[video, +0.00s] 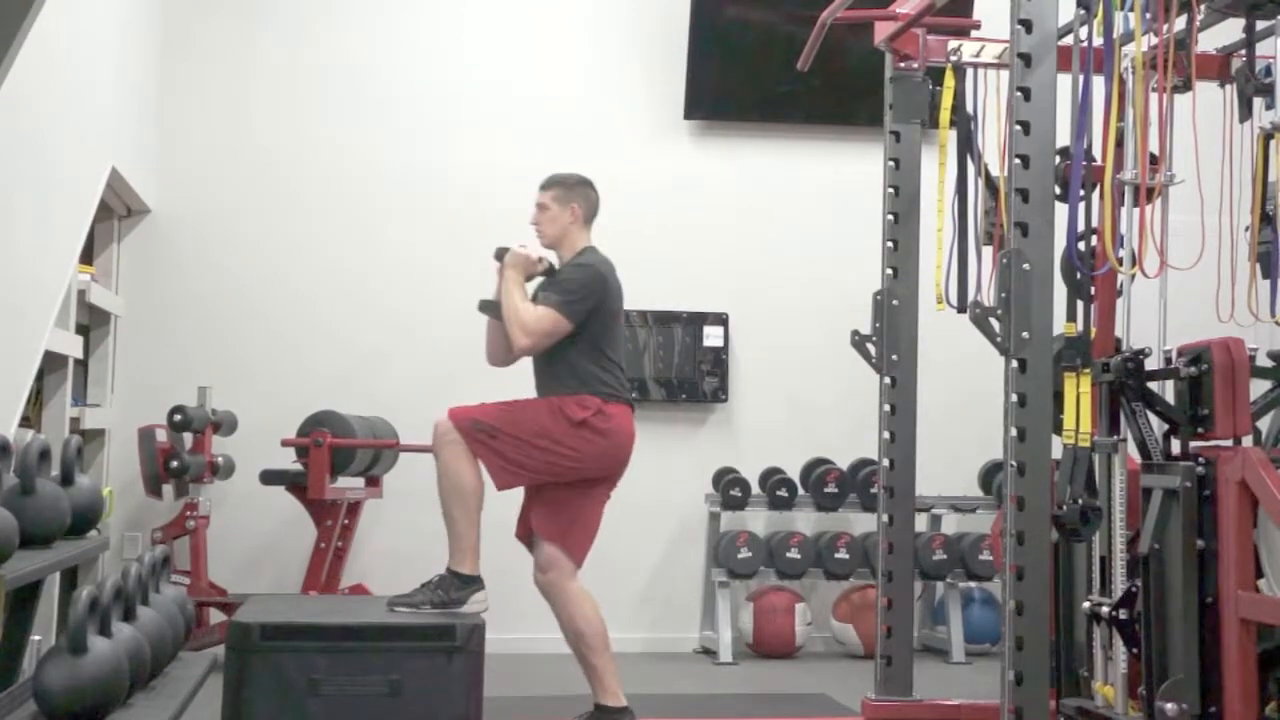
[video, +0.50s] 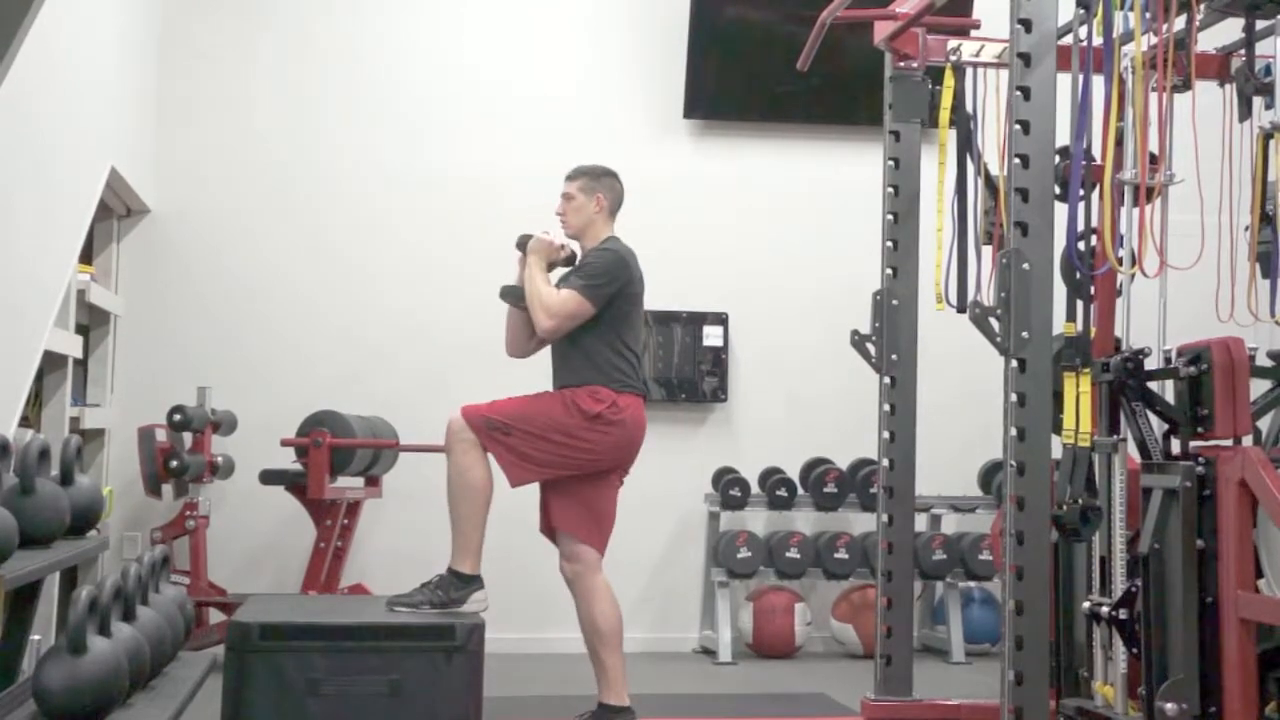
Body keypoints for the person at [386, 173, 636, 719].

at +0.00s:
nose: (534, 218)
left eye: (542, 208)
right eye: (535, 208)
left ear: (574, 213)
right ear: (569, 214)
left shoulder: (590, 271)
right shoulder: (564, 277)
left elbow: (526, 337)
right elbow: (500, 353)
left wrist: (513, 276)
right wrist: (506, 285)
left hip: (589, 420)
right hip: (597, 432)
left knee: (452, 429)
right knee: (553, 571)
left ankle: (462, 577)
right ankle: (612, 705)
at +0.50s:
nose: (558, 208)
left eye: (569, 198)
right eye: (561, 198)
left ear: (602, 204)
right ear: (595, 207)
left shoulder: (612, 258)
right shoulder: (581, 268)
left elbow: (550, 322)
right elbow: (520, 344)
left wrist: (536, 262)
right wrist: (527, 277)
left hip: (602, 411)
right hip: (602, 418)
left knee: (466, 427)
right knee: (581, 560)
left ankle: (462, 578)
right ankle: (616, 705)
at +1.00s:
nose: (532, 209)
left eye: (542, 198)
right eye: (534, 199)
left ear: (574, 203)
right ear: (569, 204)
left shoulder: (588, 260)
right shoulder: (562, 268)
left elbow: (523, 327)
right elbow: (498, 347)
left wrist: (510, 267)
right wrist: (502, 279)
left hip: (585, 413)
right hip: (591, 422)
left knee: (447, 430)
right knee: (570, 567)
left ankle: (460, 578)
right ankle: (615, 707)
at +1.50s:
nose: (453, 124)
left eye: (462, 113)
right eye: (454, 114)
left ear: (495, 116)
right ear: (493, 117)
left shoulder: (507, 174)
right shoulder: (490, 181)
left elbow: (440, 237)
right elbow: (423, 265)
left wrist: (425, 174)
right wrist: (419, 202)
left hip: (517, 331)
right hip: (520, 334)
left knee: (413, 439)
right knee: (461, 480)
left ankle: (456, 576)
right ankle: (541, 592)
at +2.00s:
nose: (442, 62)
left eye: (450, 49)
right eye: (444, 50)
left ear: (480, 49)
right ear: (482, 52)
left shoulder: (493, 108)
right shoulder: (481, 109)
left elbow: (421, 177)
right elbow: (444, 187)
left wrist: (419, 115)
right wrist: (424, 141)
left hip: (491, 280)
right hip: (457, 261)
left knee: (453, 432)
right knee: (362, 210)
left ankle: (461, 579)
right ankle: (351, 347)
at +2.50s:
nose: (446, 116)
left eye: (452, 104)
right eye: (447, 106)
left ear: (482, 103)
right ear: (489, 105)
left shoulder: (500, 164)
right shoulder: (492, 170)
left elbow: (434, 231)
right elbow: (421, 256)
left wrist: (422, 169)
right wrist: (426, 187)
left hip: (522, 331)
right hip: (542, 331)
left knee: (423, 439)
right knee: (527, 488)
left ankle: (458, 581)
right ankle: (581, 625)